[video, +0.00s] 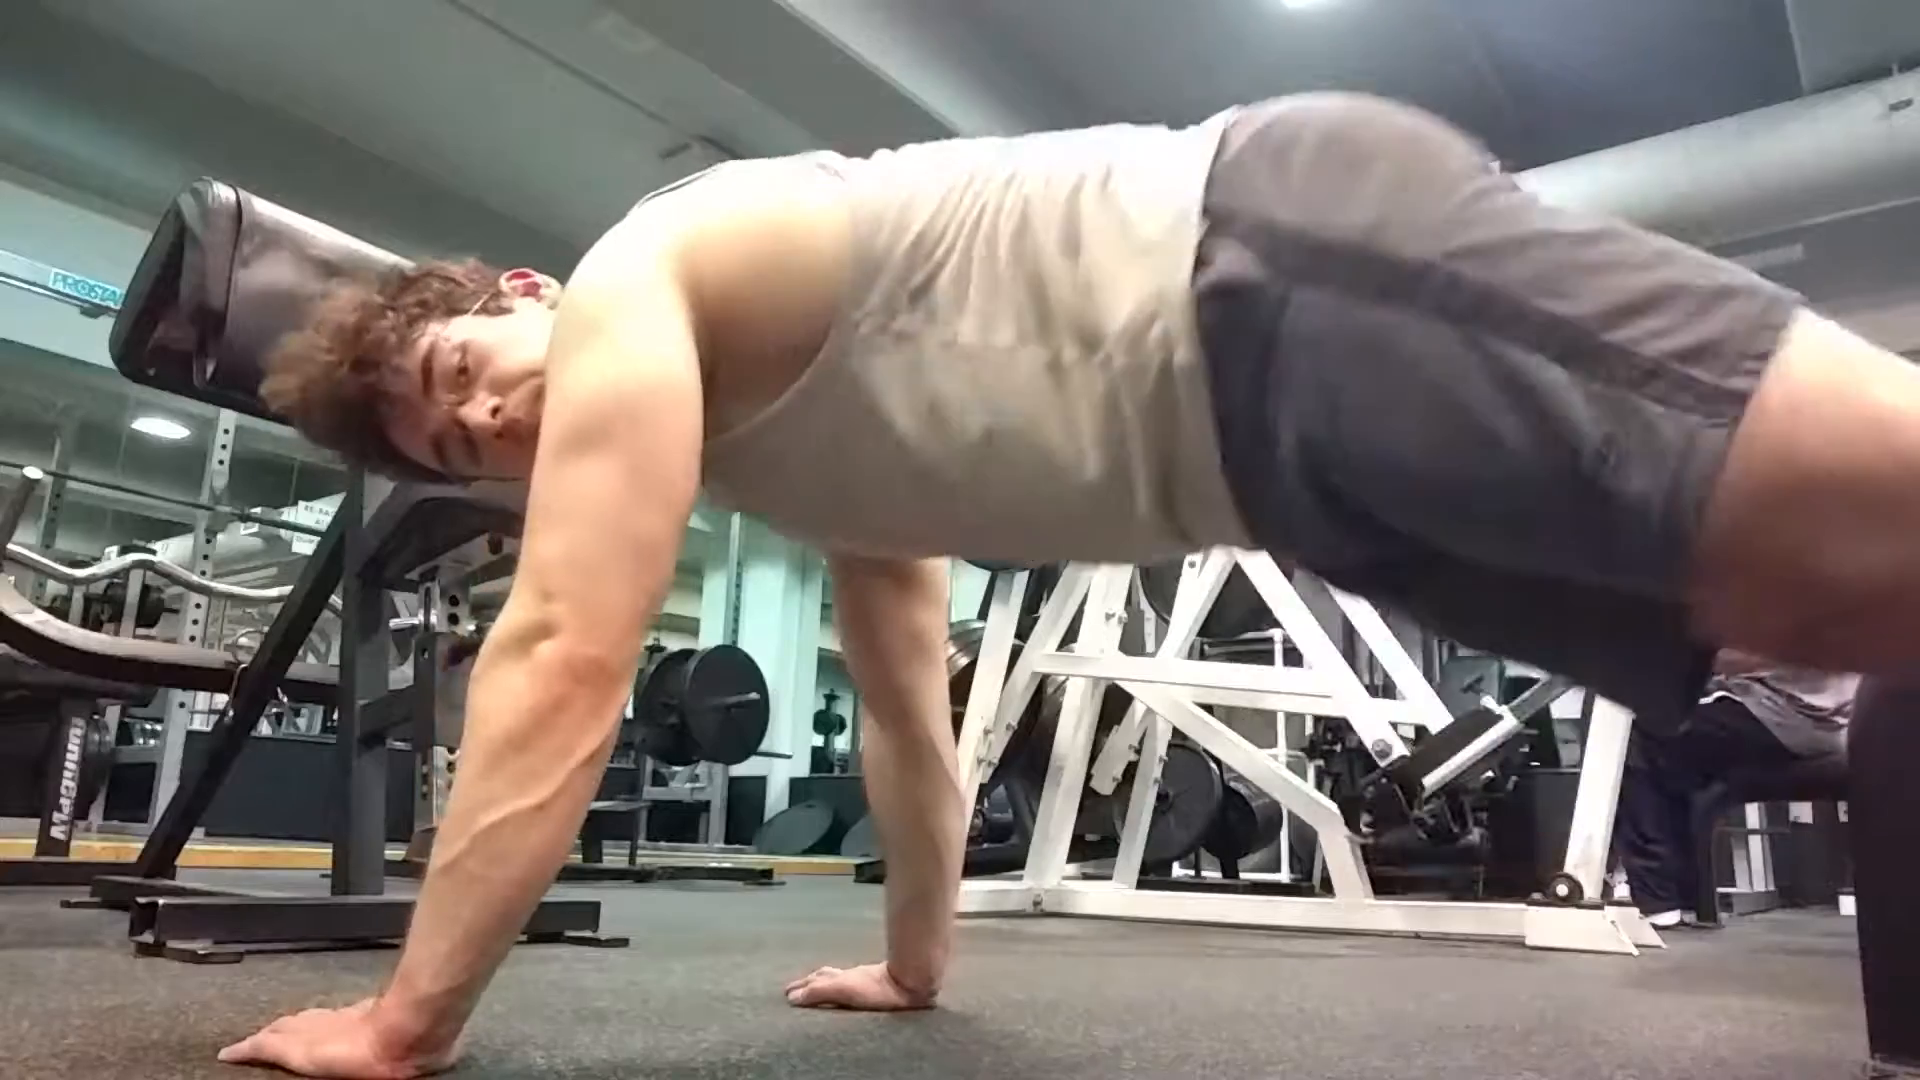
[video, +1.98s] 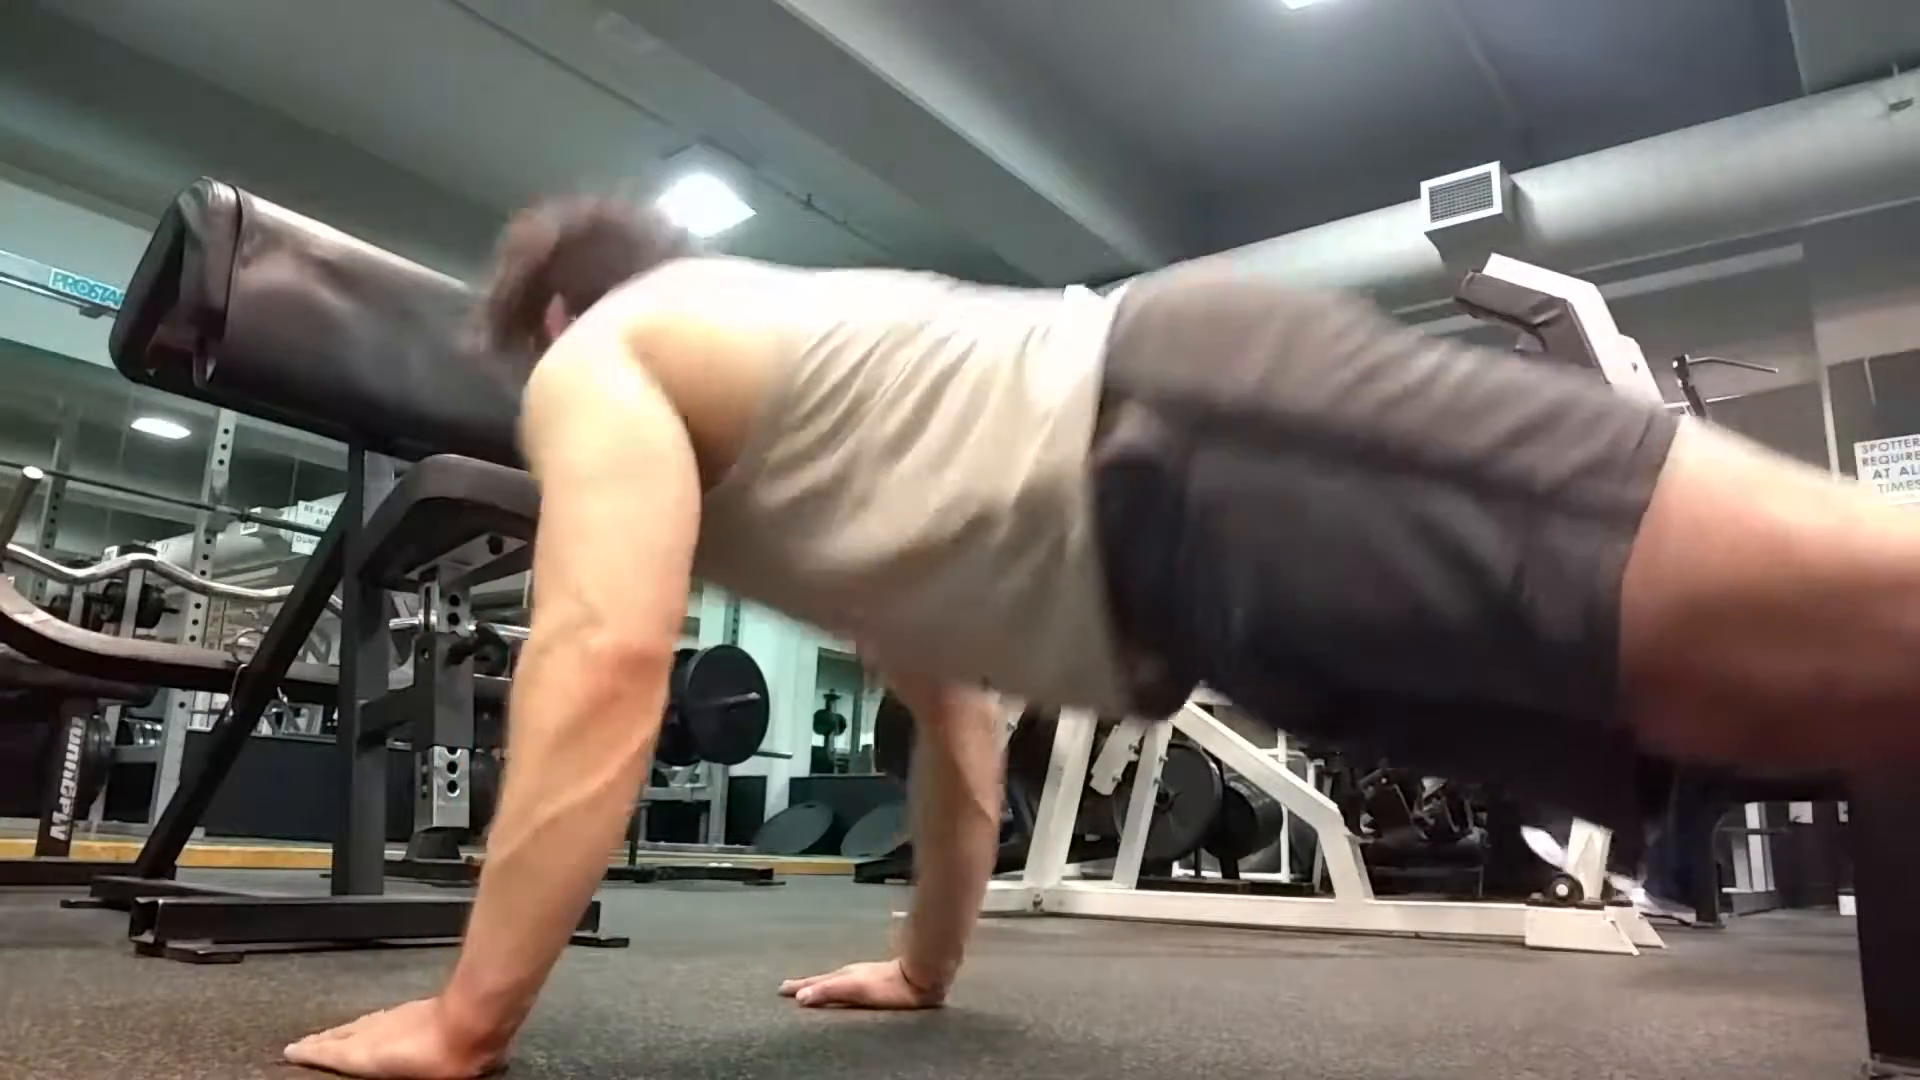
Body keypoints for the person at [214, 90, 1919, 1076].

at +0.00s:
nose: (454, 418)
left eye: (439, 364)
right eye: (417, 439)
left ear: (491, 289)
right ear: (430, 464)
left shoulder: (640, 290)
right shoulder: (790, 421)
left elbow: (557, 667)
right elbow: (896, 653)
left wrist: (411, 1006)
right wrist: (921, 960)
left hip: (1286, 294)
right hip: (1283, 457)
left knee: (1883, 492)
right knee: (1841, 621)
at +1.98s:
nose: (530, 380)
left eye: (524, 354)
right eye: (529, 358)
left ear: (553, 312)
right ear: (658, 275)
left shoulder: (608, 355)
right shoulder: (811, 405)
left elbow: (601, 669)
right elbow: (941, 692)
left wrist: (468, 1012)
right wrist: (929, 962)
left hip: (1203, 452)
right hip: (1216, 615)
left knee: (1847, 612)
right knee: (1808, 711)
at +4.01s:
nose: (407, 555)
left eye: (396, 513)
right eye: (395, 535)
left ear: (418, 429)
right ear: (523, 415)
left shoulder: (530, 413)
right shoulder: (712, 440)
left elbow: (619, 660)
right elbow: (941, 706)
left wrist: (463, 1021)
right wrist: (921, 969)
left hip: (1060, 559)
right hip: (1068, 610)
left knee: (1784, 692)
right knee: (1761, 734)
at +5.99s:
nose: (404, 866)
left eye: (383, 846)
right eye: (402, 847)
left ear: (380, 788)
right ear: (439, 742)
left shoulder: (428, 753)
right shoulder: (545, 824)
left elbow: (630, 697)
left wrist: (460, 1018)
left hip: (991, 846)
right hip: (988, 931)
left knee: (1739, 886)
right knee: (1713, 909)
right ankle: (1874, 965)